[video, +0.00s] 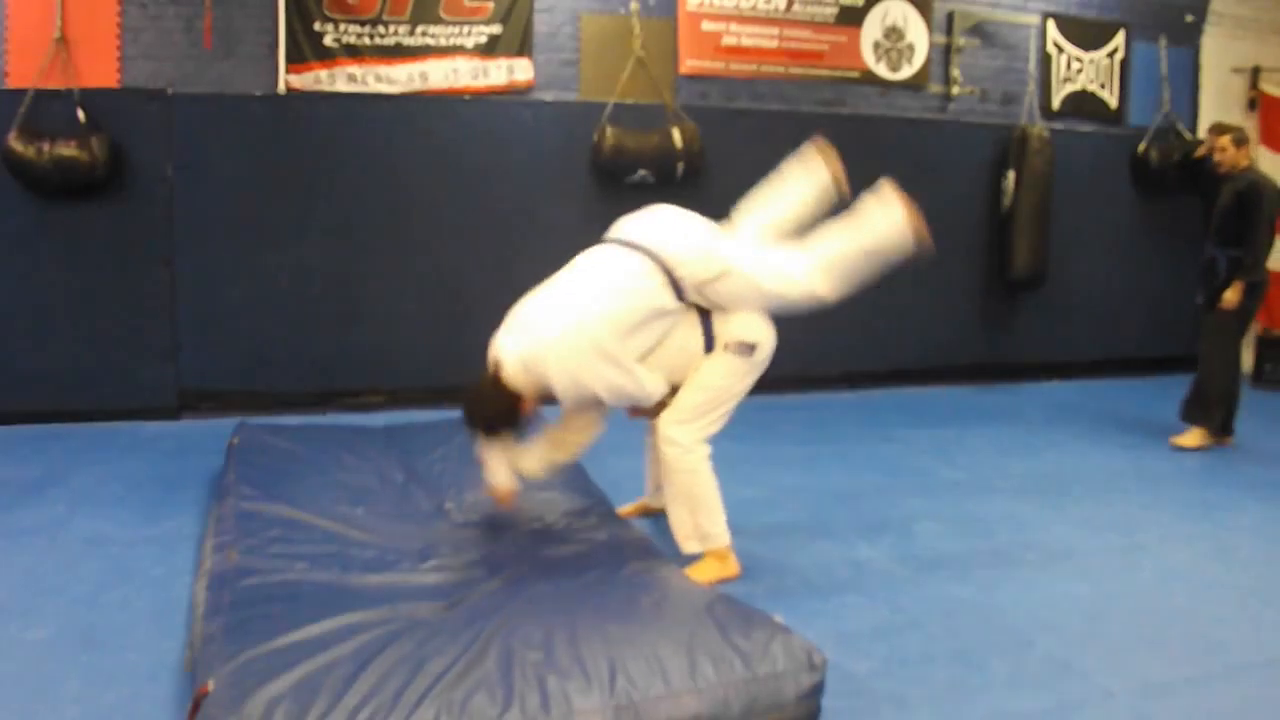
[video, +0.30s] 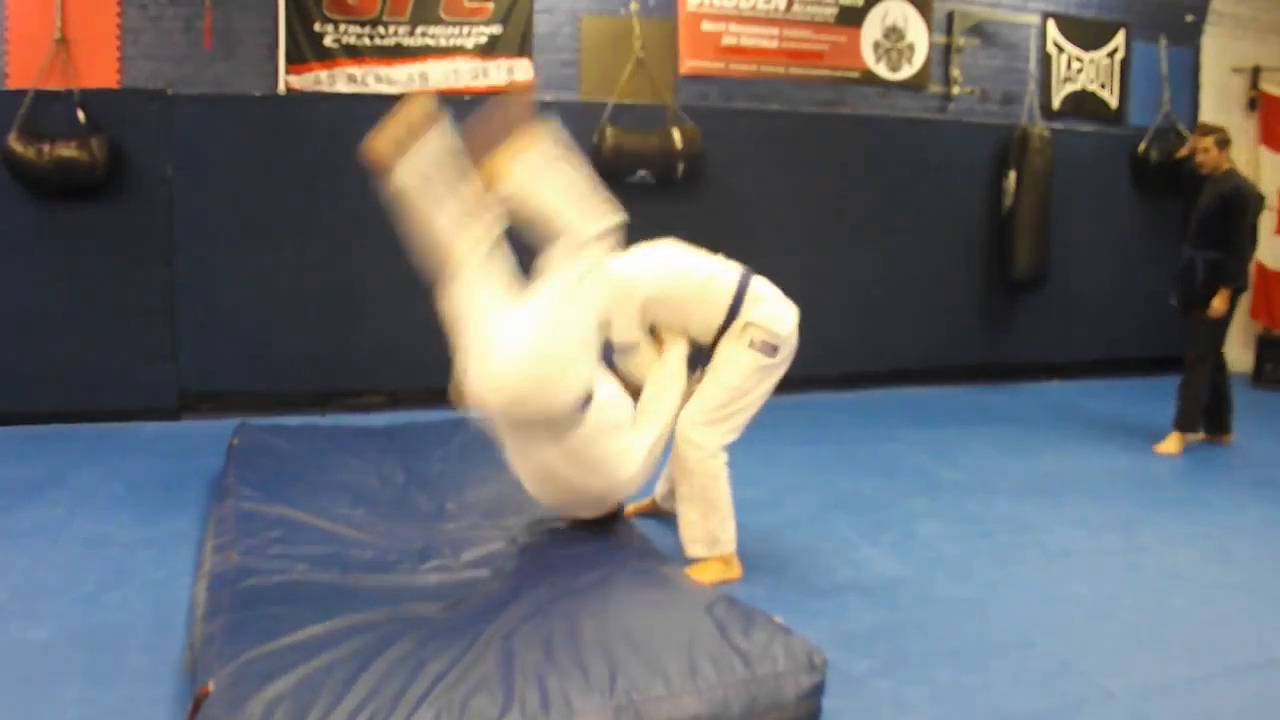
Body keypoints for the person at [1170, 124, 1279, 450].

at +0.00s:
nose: (1216, 158)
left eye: (1222, 151)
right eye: (1214, 152)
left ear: (1242, 150)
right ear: (1214, 152)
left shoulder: (1259, 187)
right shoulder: (1227, 182)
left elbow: (1258, 244)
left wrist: (1240, 283)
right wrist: (1199, 155)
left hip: (1239, 280)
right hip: (1220, 275)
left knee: (1217, 349)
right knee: (1221, 350)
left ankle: (1207, 424)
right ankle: (1220, 426)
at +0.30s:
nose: (1198, 158)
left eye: (1204, 152)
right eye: (1196, 152)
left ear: (1222, 151)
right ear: (1195, 153)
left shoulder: (1239, 190)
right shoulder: (1205, 182)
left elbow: (1241, 248)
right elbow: (1161, 180)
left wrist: (1227, 290)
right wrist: (1179, 156)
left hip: (1218, 281)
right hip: (1195, 275)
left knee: (1199, 353)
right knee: (1209, 352)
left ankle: (1182, 429)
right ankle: (1218, 426)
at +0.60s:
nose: (1183, 152)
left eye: (1190, 145)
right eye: (1180, 146)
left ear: (1209, 145)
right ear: (1178, 147)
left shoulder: (1228, 187)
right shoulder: (1182, 177)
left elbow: (1228, 244)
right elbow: (1143, 173)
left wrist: (1214, 285)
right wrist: (1161, 150)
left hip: (1202, 278)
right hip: (1174, 273)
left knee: (1188, 351)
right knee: (1174, 347)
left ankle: (1182, 428)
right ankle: (1197, 418)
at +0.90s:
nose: (1169, 149)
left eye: (1175, 142)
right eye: (1165, 143)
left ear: (1194, 144)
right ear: (1160, 147)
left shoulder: (1214, 185)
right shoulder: (1159, 175)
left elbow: (1214, 241)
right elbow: (1122, 175)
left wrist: (1194, 278)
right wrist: (1149, 154)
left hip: (1191, 276)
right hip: (1158, 272)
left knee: (1186, 354)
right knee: (1143, 348)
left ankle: (1179, 433)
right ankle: (1122, 426)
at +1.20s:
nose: (1133, 151)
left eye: (1140, 143)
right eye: (1130, 145)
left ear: (1161, 144)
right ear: (1128, 149)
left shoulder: (1185, 184)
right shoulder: (1130, 178)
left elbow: (1196, 239)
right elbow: (1092, 182)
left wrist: (1187, 281)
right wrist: (1117, 159)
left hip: (1169, 280)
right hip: (1131, 277)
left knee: (1174, 360)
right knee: (1121, 357)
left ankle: (1178, 434)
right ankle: (1099, 436)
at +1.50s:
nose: (1103, 149)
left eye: (1108, 142)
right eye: (1100, 143)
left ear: (1128, 139)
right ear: (1098, 145)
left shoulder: (1158, 177)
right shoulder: (1100, 175)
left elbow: (1175, 228)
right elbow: (1064, 181)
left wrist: (1170, 271)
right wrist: (1088, 155)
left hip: (1146, 276)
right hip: (1106, 274)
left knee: (1146, 356)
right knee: (1103, 356)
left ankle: (1160, 431)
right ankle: (1099, 436)